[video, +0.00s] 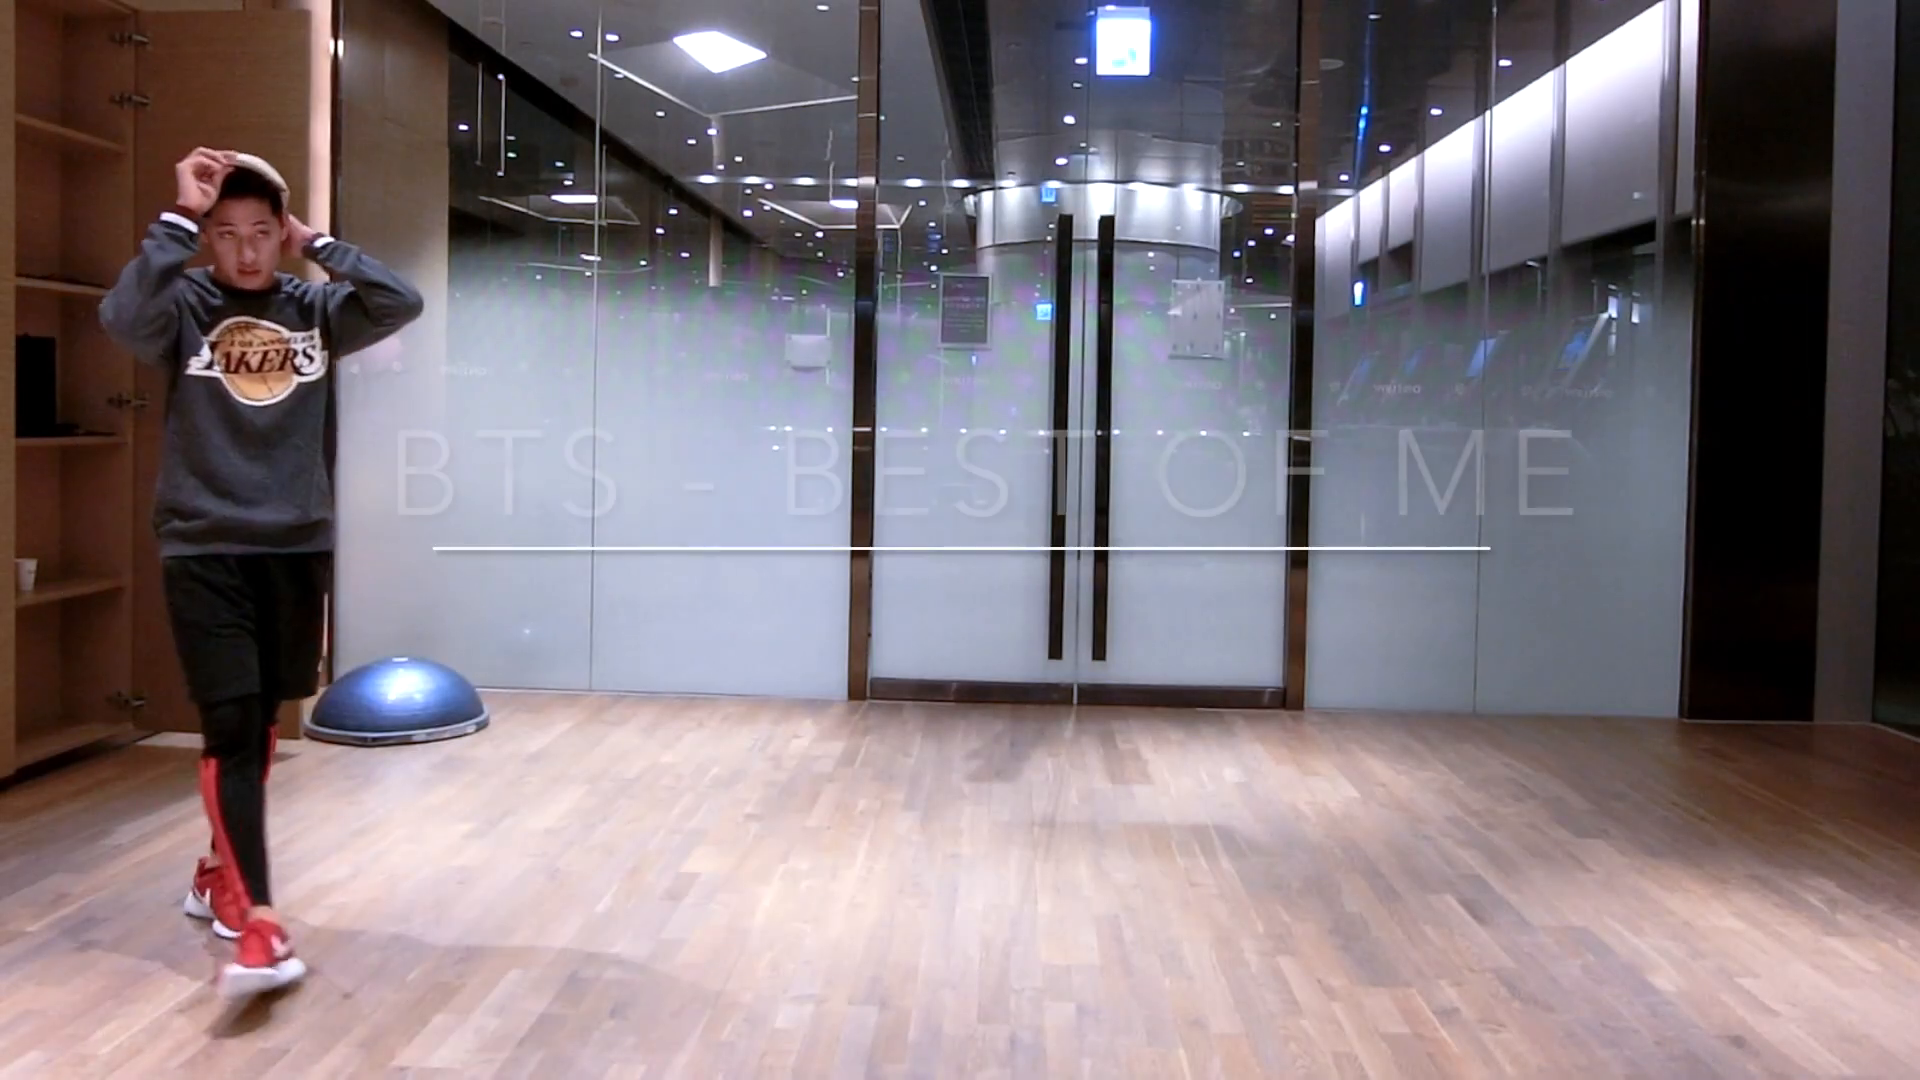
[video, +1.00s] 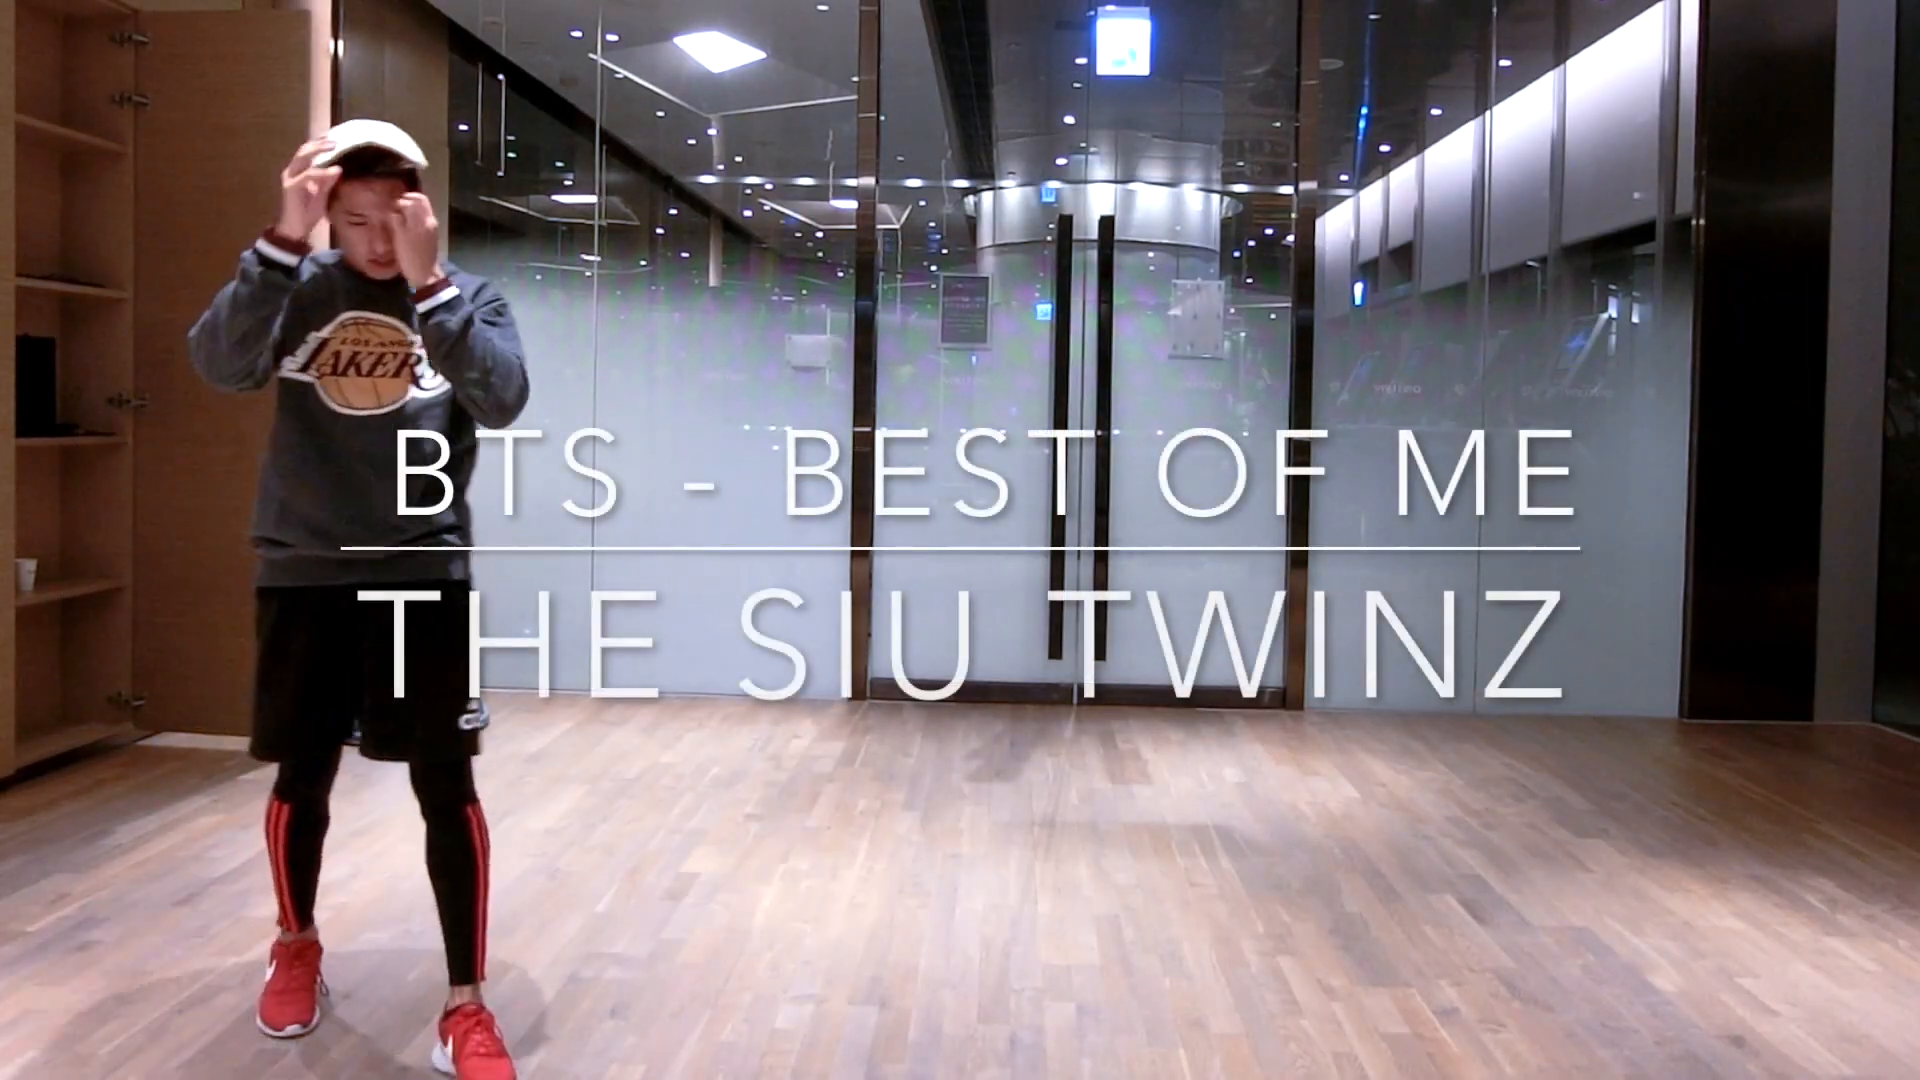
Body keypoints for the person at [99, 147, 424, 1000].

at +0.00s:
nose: (247, 249)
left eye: (260, 232)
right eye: (230, 233)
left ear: (283, 236)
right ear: (206, 236)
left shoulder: (314, 311)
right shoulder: (183, 300)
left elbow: (403, 303)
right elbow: (124, 319)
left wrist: (316, 247)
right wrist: (183, 219)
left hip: (294, 544)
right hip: (205, 542)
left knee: (260, 730)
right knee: (235, 729)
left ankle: (219, 876)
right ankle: (257, 922)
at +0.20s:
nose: (269, 234)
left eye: (284, 219)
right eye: (252, 217)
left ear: (307, 229)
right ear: (224, 227)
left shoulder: (334, 306)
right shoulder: (191, 299)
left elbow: (425, 282)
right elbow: (155, 369)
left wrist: (338, 225)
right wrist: (211, 259)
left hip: (320, 551)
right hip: (228, 548)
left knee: (289, 741)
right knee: (248, 742)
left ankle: (227, 854)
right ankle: (284, 944)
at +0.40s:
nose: (308, 179)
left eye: (315, 169)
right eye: (289, 166)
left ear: (324, 202)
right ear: (244, 194)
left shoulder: (346, 291)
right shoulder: (193, 281)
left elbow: (439, 265)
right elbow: (202, 356)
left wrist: (357, 196)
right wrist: (271, 245)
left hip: (338, 549)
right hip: (236, 554)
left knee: (360, 734)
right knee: (251, 752)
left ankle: (302, 856)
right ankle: (287, 947)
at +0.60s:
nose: (320, 185)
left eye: (330, 171)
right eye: (301, 168)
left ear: (346, 197)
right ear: (261, 189)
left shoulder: (363, 288)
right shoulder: (210, 274)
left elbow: (459, 275)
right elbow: (214, 355)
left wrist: (378, 193)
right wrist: (293, 246)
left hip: (357, 550)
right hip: (249, 556)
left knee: (386, 748)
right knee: (260, 757)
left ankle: (412, 952)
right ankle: (288, 955)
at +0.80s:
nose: (339, 197)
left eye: (353, 182)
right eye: (318, 182)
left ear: (375, 202)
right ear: (281, 199)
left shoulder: (397, 286)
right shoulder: (237, 278)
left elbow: (487, 326)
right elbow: (206, 371)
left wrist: (423, 221)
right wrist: (291, 268)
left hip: (384, 558)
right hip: (271, 562)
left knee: (417, 760)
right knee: (272, 767)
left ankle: (457, 973)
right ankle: (289, 953)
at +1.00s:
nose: (372, 218)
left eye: (391, 200)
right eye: (354, 203)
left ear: (422, 210)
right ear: (324, 213)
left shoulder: (464, 298)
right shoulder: (299, 292)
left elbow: (504, 399)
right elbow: (224, 365)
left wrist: (427, 282)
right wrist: (285, 241)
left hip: (428, 572)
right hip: (310, 570)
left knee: (447, 784)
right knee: (302, 777)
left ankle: (468, 1002)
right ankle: (294, 946)